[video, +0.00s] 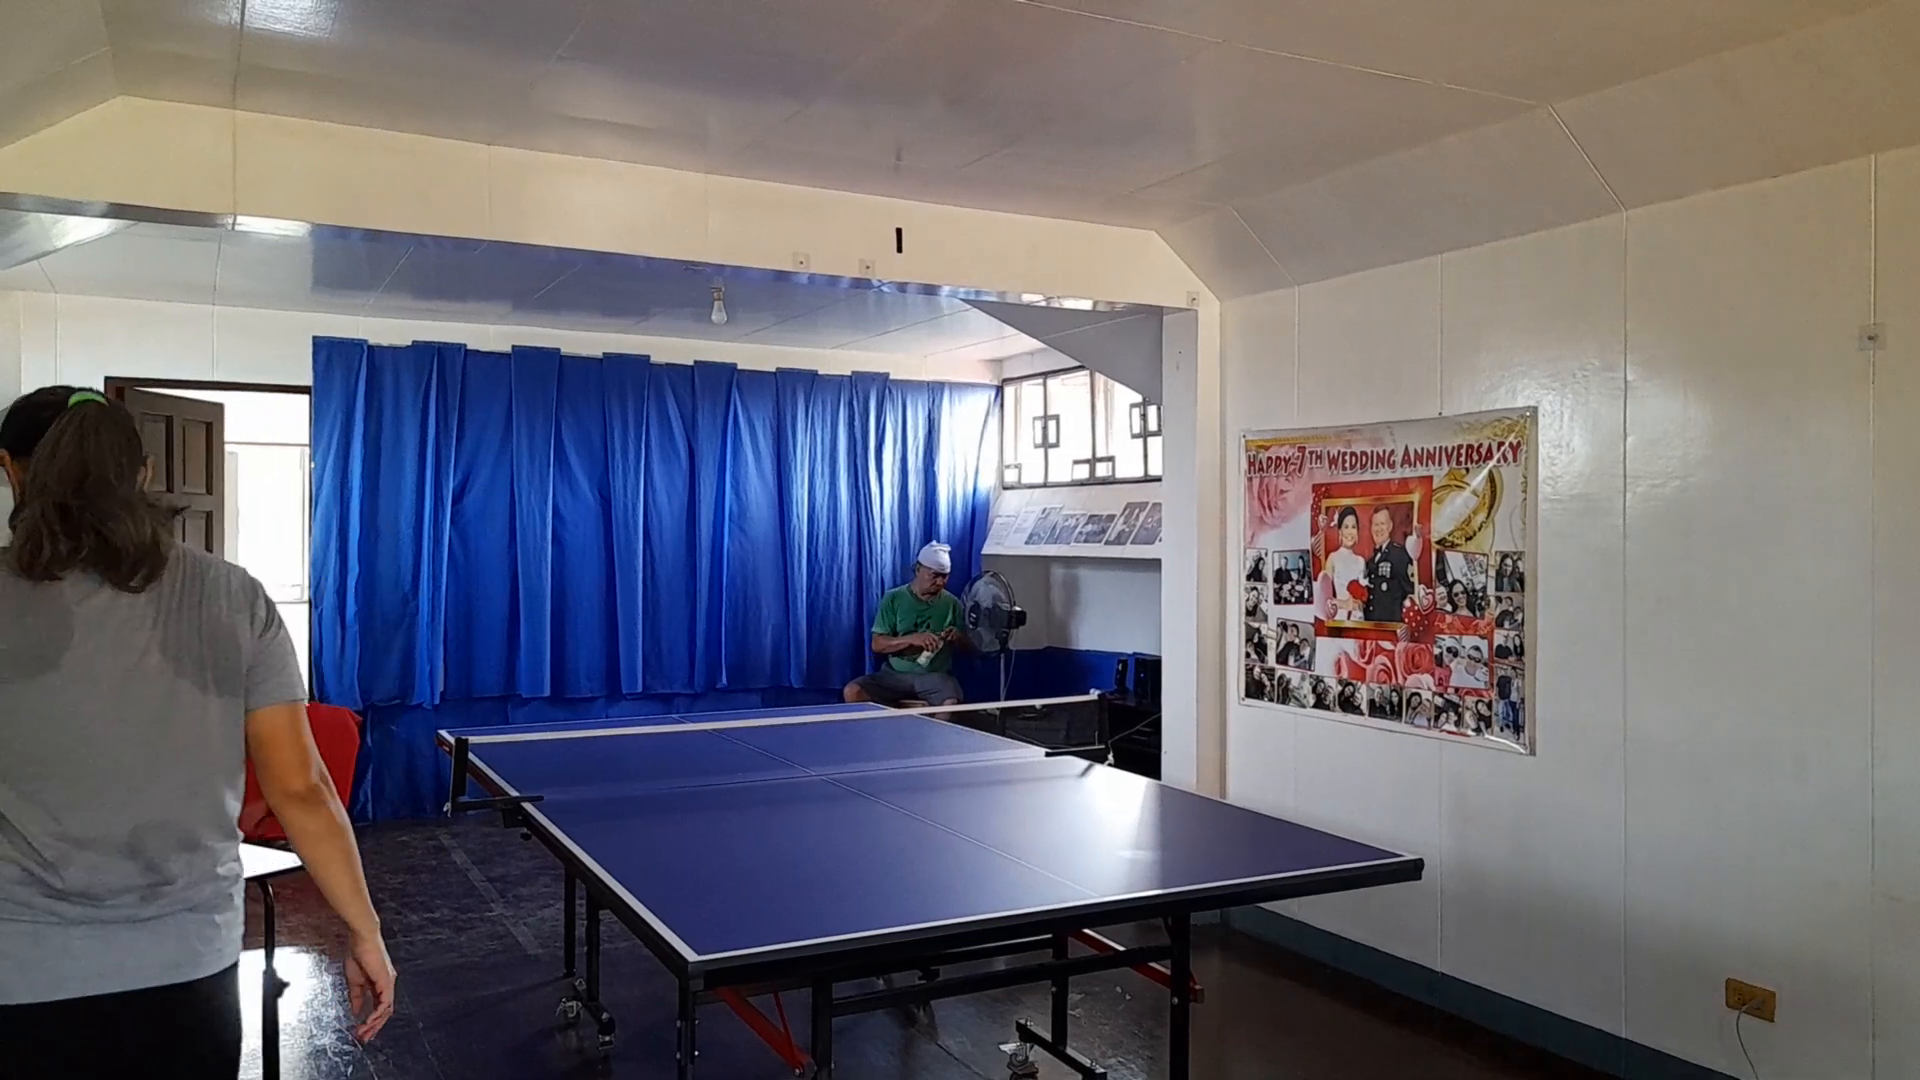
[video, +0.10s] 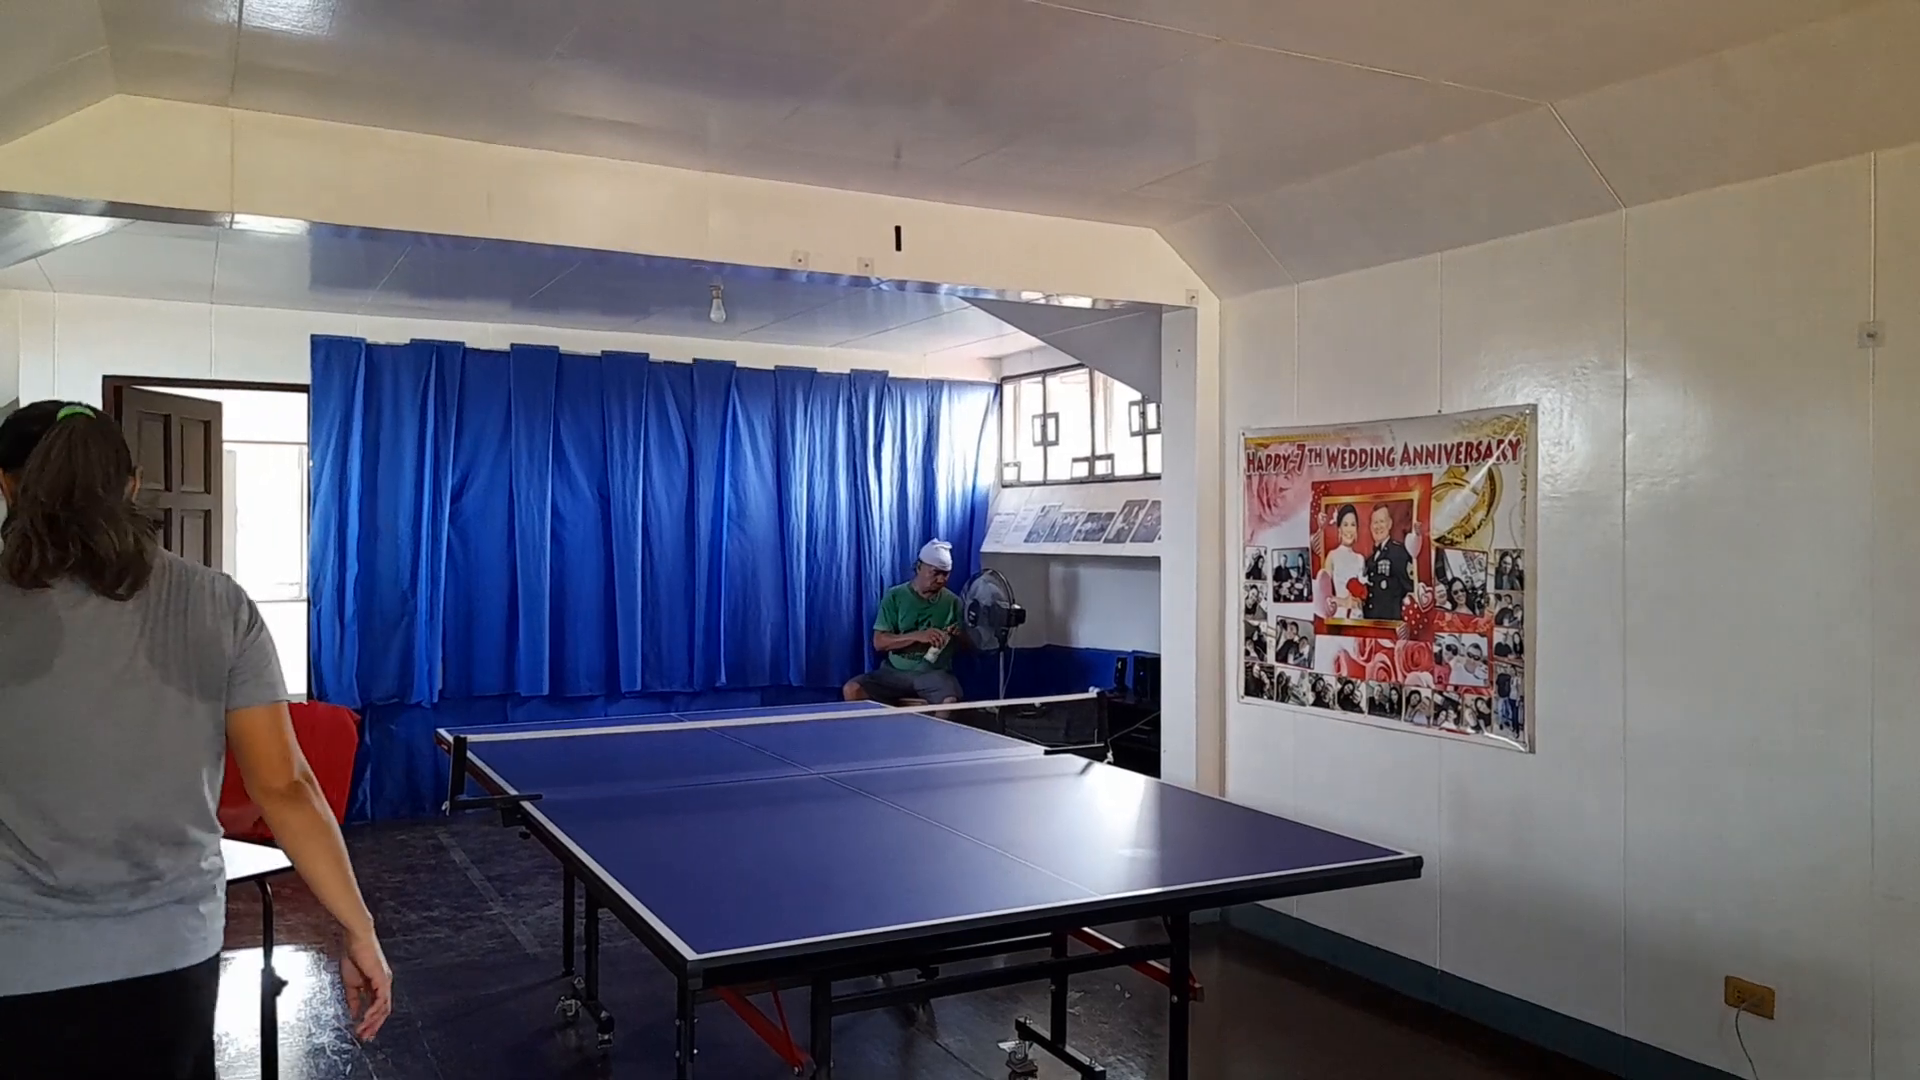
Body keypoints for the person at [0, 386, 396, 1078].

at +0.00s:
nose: (8, 477)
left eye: (9, 467)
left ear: (16, 475)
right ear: (137, 470)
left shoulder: (10, 594)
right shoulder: (228, 597)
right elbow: (298, 787)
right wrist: (366, 931)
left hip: (25, 996)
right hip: (183, 995)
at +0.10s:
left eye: (5, 477)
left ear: (9, 486)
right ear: (128, 482)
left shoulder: (9, 599)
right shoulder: (214, 604)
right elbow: (284, 786)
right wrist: (360, 928)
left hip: (21, 974)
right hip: (172, 966)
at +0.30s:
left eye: (11, 476)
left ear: (15, 481)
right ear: (130, 482)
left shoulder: (8, 589)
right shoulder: (199, 594)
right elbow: (253, 769)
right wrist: (306, 900)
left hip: (24, 958)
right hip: (164, 951)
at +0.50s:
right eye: (114, 464)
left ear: (5, 477)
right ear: (109, 475)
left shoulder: (4, 577)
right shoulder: (177, 579)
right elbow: (224, 744)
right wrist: (233, 837)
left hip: (14, 911)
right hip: (139, 905)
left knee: (17, 1067)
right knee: (110, 1067)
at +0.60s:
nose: (110, 478)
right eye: (108, 469)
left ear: (4, 483)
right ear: (99, 480)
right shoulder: (164, 581)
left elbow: (212, 743)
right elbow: (212, 746)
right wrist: (207, 819)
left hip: (13, 901)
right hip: (124, 897)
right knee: (101, 1066)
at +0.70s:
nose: (81, 491)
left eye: (76, 480)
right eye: (82, 481)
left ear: (2, 491)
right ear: (73, 489)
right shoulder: (125, 586)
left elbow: (173, 745)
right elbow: (174, 747)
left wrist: (168, 817)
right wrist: (171, 818)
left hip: (8, 893)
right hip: (96, 889)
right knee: (83, 1061)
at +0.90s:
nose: (22, 503)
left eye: (20, 491)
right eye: (24, 491)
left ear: (13, 485)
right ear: (15, 485)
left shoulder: (44, 578)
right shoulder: (43, 578)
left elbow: (89, 736)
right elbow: (89, 738)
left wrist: (104, 812)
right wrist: (107, 818)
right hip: (28, 858)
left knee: (43, 1042)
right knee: (41, 1047)